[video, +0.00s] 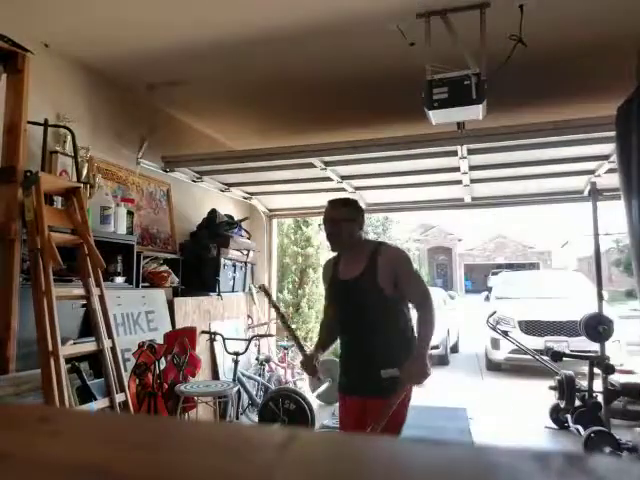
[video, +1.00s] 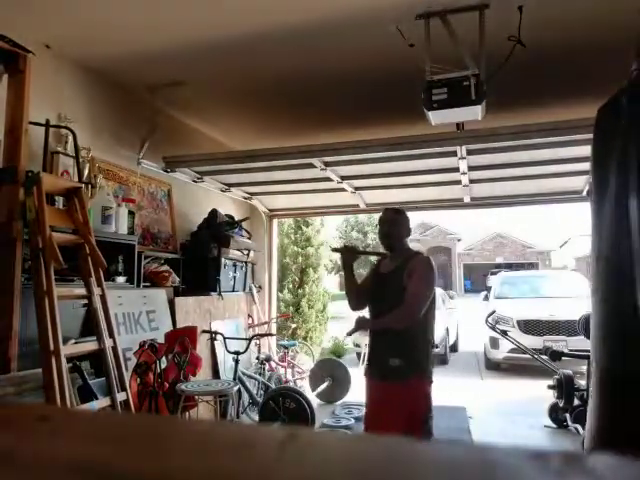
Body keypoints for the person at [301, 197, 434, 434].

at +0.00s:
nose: (329, 230)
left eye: (337, 223)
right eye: (326, 224)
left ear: (358, 225)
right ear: (323, 226)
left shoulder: (390, 258)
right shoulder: (332, 268)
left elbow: (424, 304)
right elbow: (332, 318)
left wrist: (420, 355)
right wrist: (317, 352)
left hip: (389, 374)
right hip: (351, 373)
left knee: (377, 458)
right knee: (350, 456)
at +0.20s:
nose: (348, 231)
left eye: (355, 225)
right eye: (346, 225)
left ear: (375, 226)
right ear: (344, 228)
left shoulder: (402, 260)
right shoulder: (356, 269)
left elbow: (427, 315)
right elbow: (356, 313)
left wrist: (399, 359)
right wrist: (321, 322)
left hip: (405, 381)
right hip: (364, 379)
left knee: (405, 460)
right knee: (359, 460)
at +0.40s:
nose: (377, 231)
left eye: (385, 226)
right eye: (376, 226)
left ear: (403, 229)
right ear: (373, 229)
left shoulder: (424, 264)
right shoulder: (380, 269)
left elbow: (426, 321)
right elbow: (362, 308)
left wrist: (379, 338)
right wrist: (339, 278)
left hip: (424, 378)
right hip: (386, 377)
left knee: (426, 456)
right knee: (378, 454)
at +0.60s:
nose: (398, 227)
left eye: (406, 221)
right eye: (394, 221)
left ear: (421, 225)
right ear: (390, 226)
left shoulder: (437, 262)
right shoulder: (392, 261)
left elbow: (428, 313)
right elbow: (368, 297)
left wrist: (383, 322)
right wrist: (353, 264)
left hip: (433, 372)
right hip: (395, 370)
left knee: (435, 453)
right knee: (387, 450)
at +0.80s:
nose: (397, 227)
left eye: (404, 221)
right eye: (393, 222)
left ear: (420, 227)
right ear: (389, 227)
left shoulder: (434, 263)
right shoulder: (391, 264)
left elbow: (424, 312)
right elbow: (364, 299)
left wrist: (381, 322)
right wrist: (354, 262)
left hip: (427, 371)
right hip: (390, 369)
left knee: (429, 449)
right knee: (386, 447)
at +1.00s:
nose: (385, 230)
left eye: (392, 224)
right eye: (381, 225)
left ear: (407, 229)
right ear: (378, 229)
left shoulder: (420, 264)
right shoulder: (382, 265)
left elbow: (411, 314)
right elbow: (356, 301)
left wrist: (370, 324)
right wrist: (347, 266)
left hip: (410, 370)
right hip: (379, 368)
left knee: (409, 443)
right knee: (377, 441)